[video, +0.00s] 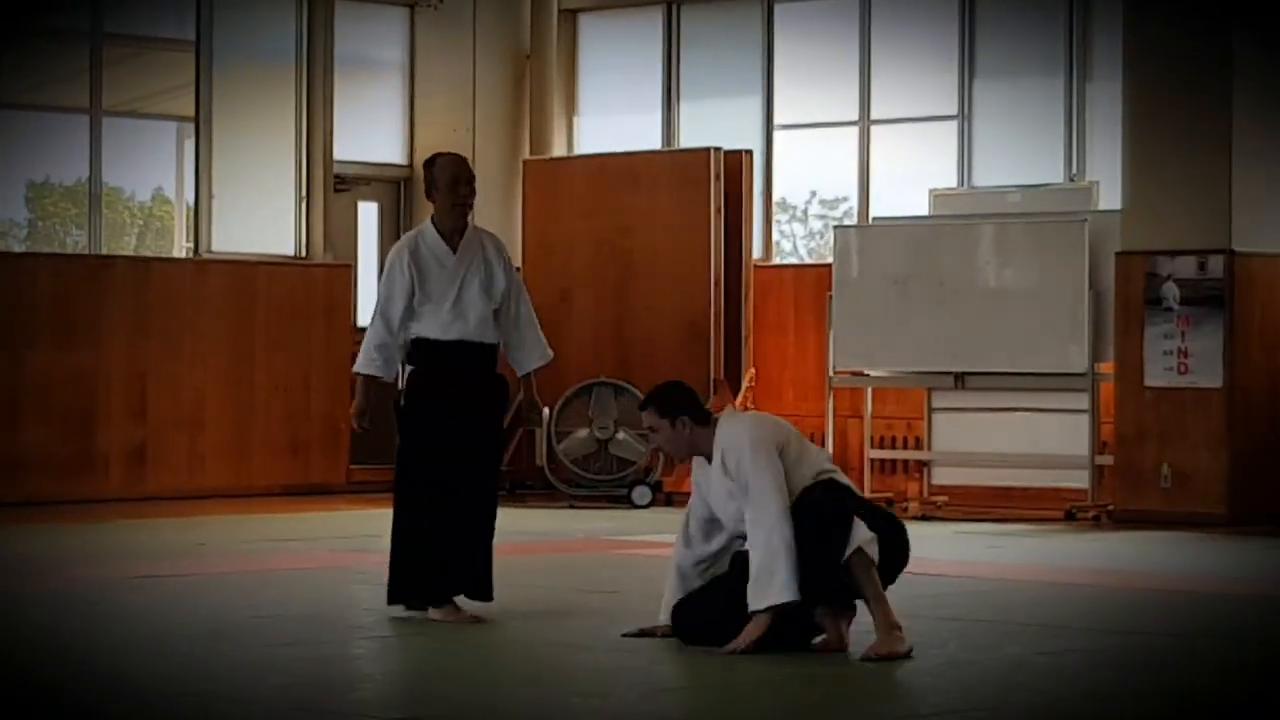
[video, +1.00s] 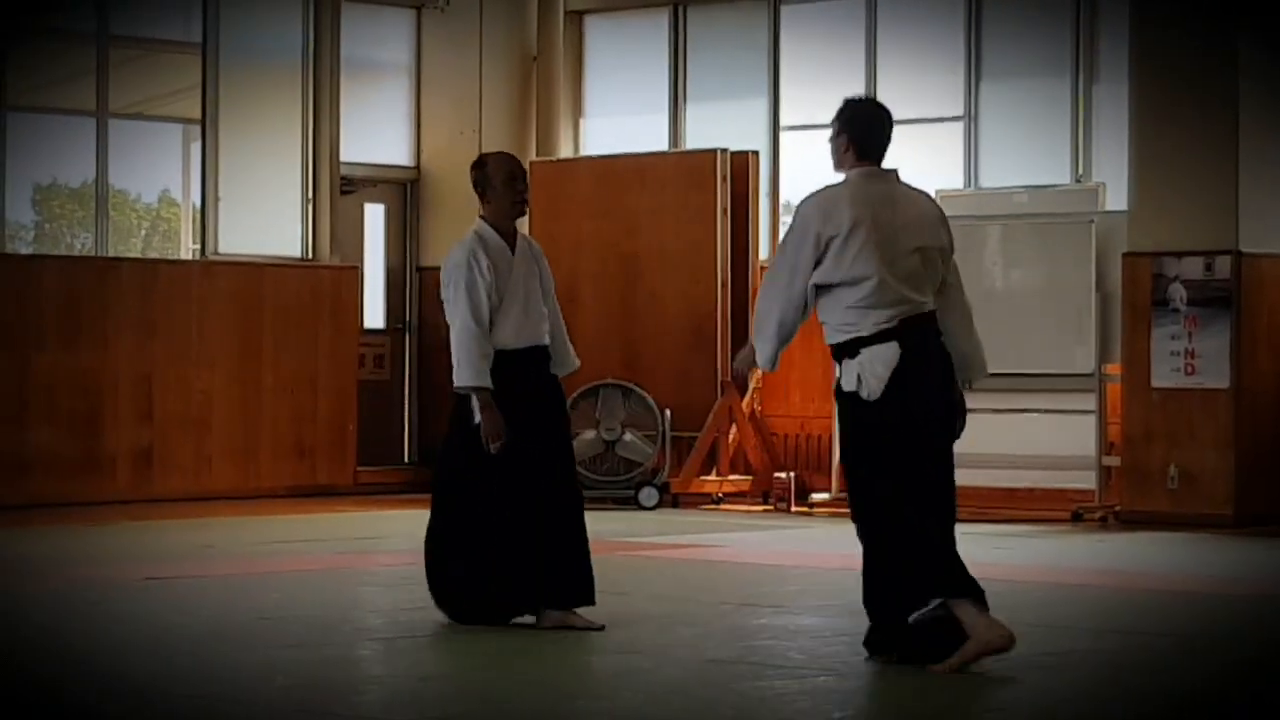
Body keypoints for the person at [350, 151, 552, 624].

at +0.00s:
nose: (469, 193)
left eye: (471, 184)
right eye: (458, 186)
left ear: (475, 188)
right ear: (431, 193)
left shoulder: (490, 248)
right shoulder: (408, 251)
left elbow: (516, 318)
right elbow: (385, 322)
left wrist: (529, 384)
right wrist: (364, 391)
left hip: (479, 372)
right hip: (429, 372)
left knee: (469, 481)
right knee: (430, 480)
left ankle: (441, 589)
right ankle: (433, 595)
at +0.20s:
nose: (474, 193)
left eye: (479, 184)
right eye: (463, 185)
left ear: (485, 188)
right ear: (439, 190)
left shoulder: (497, 246)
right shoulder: (419, 249)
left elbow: (519, 317)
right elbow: (404, 320)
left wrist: (533, 383)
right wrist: (407, 389)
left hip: (489, 371)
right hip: (442, 371)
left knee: (484, 480)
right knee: (443, 479)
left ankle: (455, 593)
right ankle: (441, 596)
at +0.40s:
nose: (487, 192)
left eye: (490, 184)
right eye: (476, 185)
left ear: (492, 188)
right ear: (449, 191)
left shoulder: (498, 245)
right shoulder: (429, 248)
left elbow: (515, 315)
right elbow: (426, 322)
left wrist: (527, 378)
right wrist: (451, 386)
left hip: (497, 371)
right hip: (448, 373)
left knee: (491, 481)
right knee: (447, 483)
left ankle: (476, 583)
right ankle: (443, 593)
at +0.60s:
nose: (499, 192)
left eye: (501, 184)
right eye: (488, 185)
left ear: (504, 188)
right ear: (459, 191)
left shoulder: (504, 249)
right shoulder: (438, 250)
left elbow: (519, 322)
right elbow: (443, 327)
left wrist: (529, 387)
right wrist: (475, 392)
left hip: (504, 375)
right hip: (459, 379)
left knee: (522, 482)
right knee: (457, 486)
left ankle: (536, 591)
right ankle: (450, 597)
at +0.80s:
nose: (510, 193)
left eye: (512, 185)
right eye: (499, 186)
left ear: (514, 192)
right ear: (469, 193)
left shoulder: (516, 253)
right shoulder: (450, 255)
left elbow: (532, 324)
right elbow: (454, 333)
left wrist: (536, 390)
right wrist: (481, 401)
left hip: (517, 380)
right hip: (474, 383)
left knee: (537, 487)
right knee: (470, 491)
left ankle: (551, 603)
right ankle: (461, 600)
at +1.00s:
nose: (524, 190)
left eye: (525, 182)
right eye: (513, 183)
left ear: (526, 189)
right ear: (484, 192)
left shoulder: (532, 252)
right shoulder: (468, 256)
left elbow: (551, 321)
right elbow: (466, 332)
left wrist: (559, 391)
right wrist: (483, 404)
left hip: (537, 378)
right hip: (496, 380)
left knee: (550, 488)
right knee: (497, 490)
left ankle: (553, 604)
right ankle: (489, 599)